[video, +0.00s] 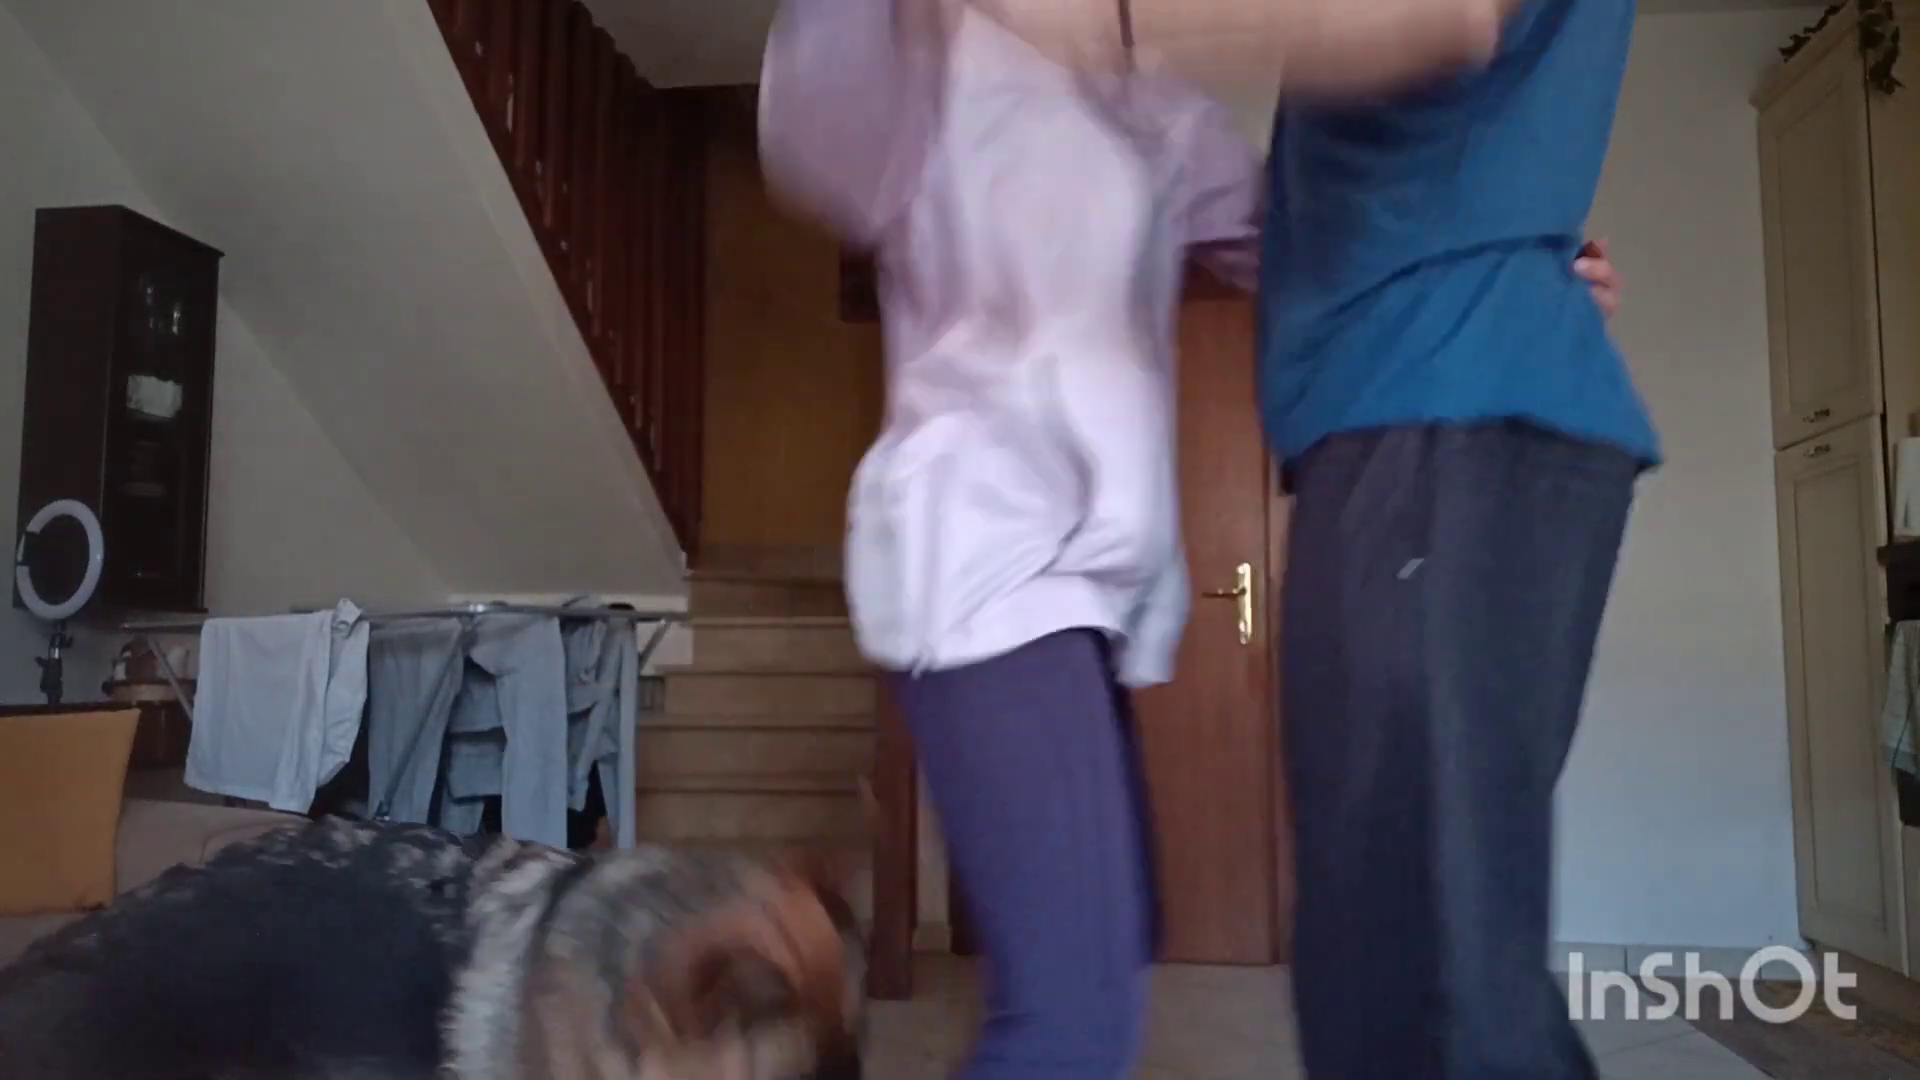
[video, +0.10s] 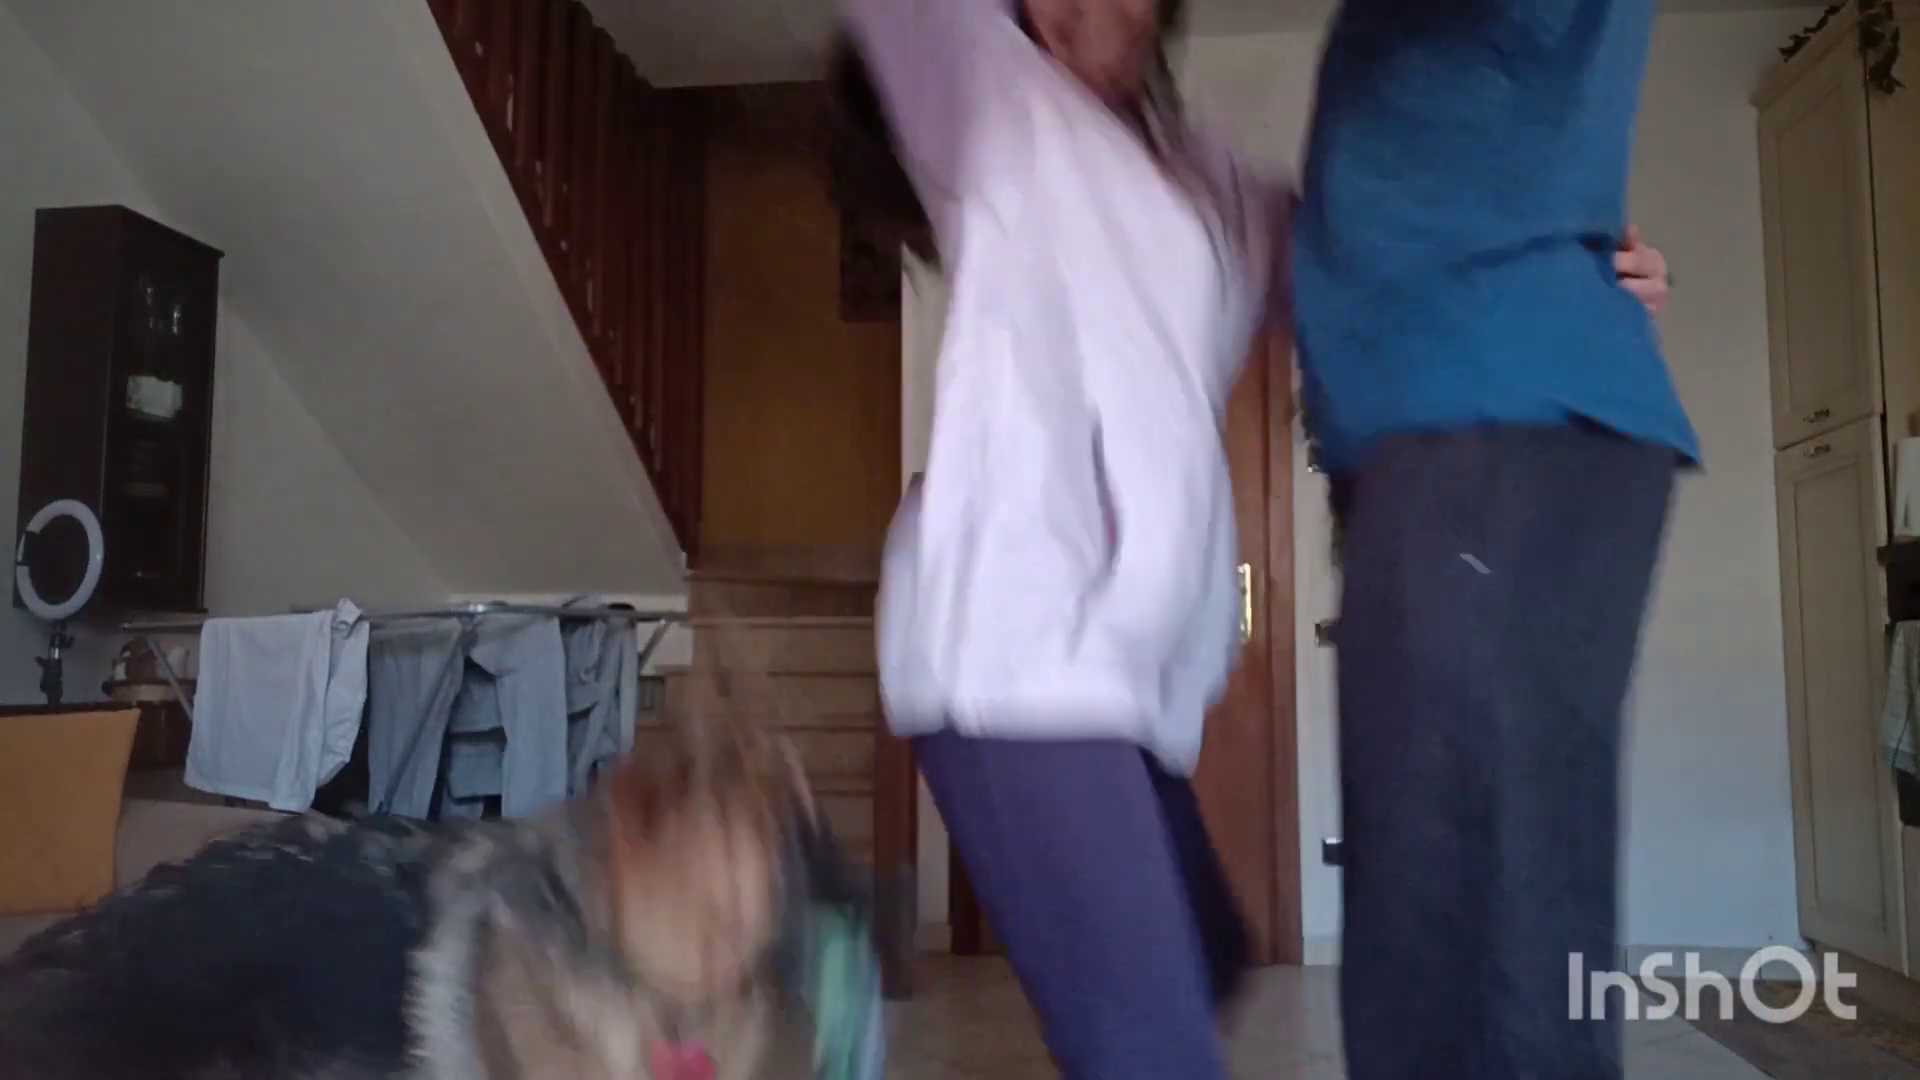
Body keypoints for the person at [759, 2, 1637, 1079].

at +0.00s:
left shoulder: (1151, 96)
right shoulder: (925, 43)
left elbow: (1308, 253)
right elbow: (826, 178)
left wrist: (1527, 269)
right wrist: (876, 2)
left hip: (1091, 568)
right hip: (974, 551)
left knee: (1104, 966)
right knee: (1070, 1006)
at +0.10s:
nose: (1123, 4)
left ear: (1158, 14)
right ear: (1035, 1)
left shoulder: (1205, 181)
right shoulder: (986, 98)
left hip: (1116, 673)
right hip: (1008, 670)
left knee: (1203, 961)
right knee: (1155, 1053)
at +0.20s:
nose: (1132, 81)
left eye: (1157, 44)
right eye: (1092, 50)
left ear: (1199, 62)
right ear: (1045, 70)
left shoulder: (1253, 270)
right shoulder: (1039, 205)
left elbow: (1406, 355)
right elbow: (975, 9)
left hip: (1152, 738)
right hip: (1046, 736)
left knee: (1278, 988)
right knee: (1201, 1058)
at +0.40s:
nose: (1174, 57)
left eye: (1202, 26)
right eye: (1143, 29)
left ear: (1238, 37)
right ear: (1105, 42)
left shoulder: (1291, 216)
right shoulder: (1088, 154)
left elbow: (1434, 346)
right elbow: (1047, 21)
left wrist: (1599, 339)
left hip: (1251, 650)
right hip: (1127, 633)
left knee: (1300, 951)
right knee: (1212, 971)